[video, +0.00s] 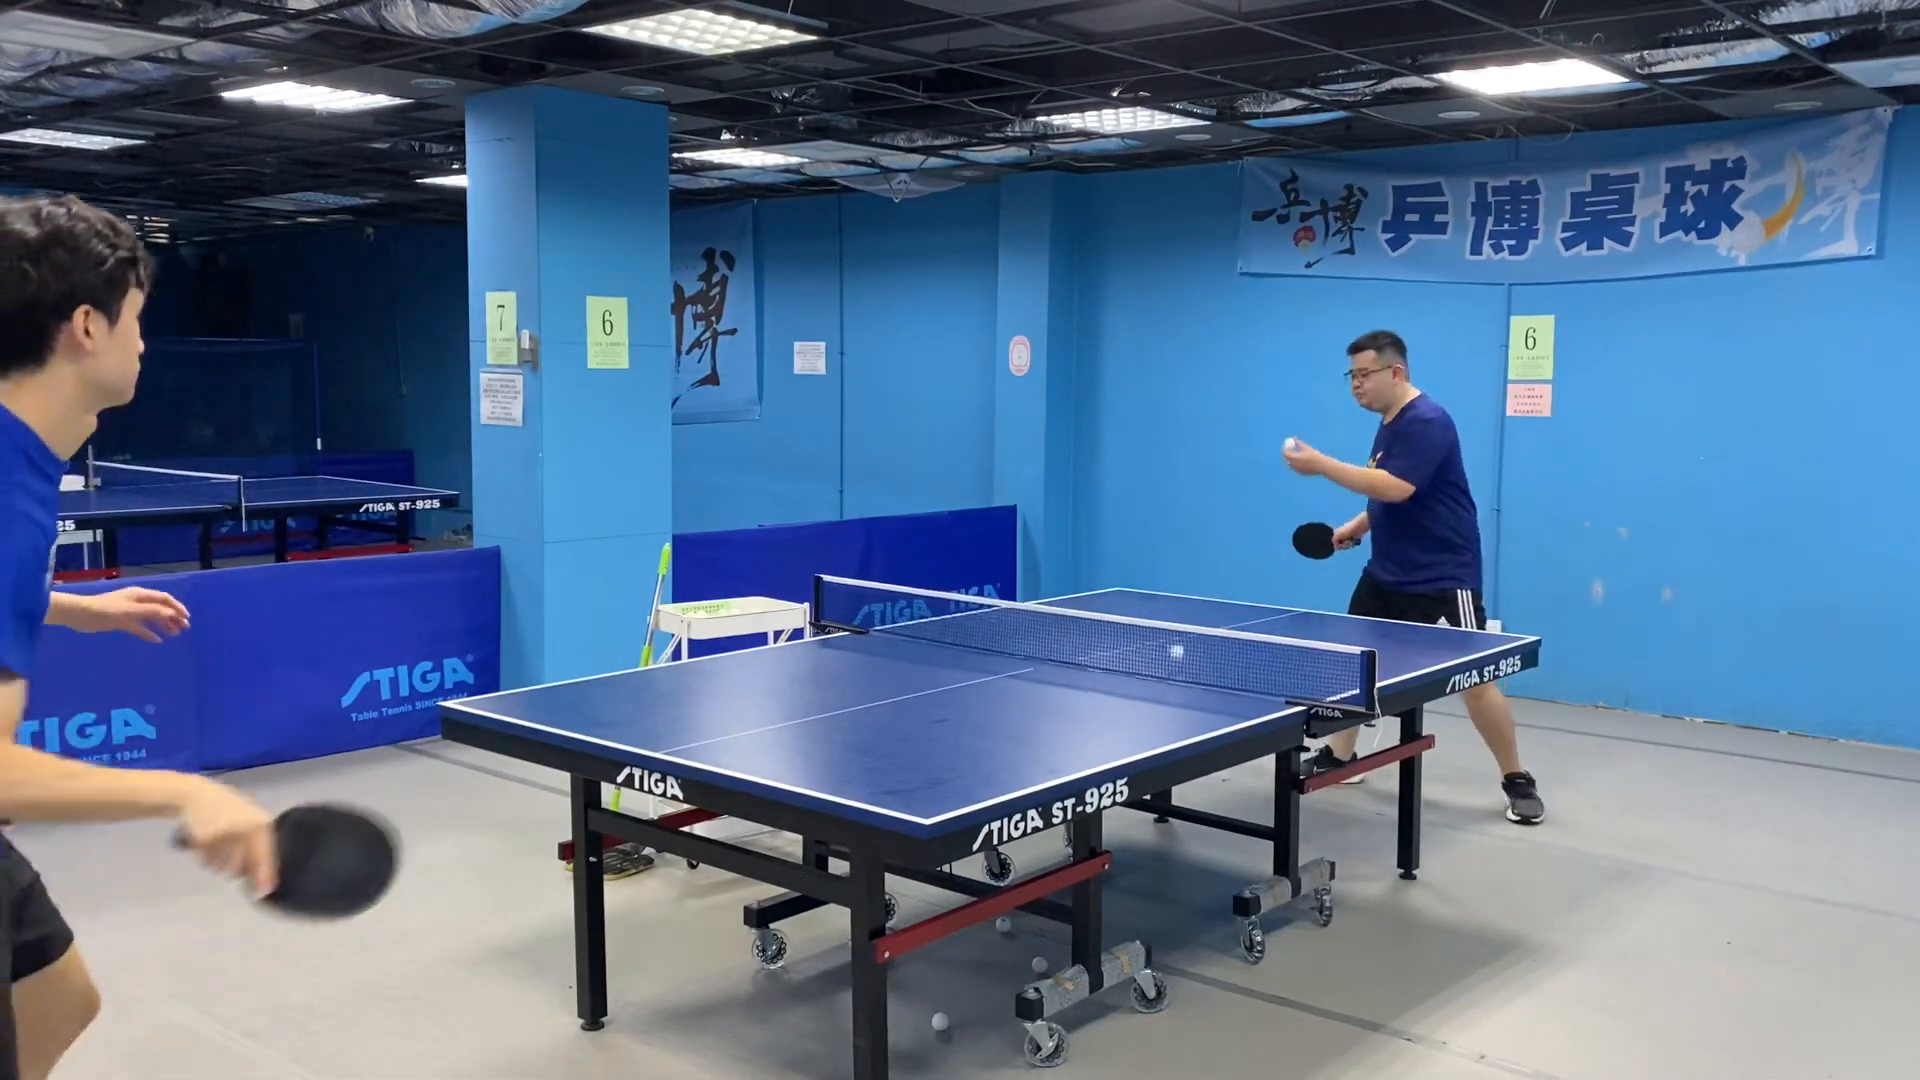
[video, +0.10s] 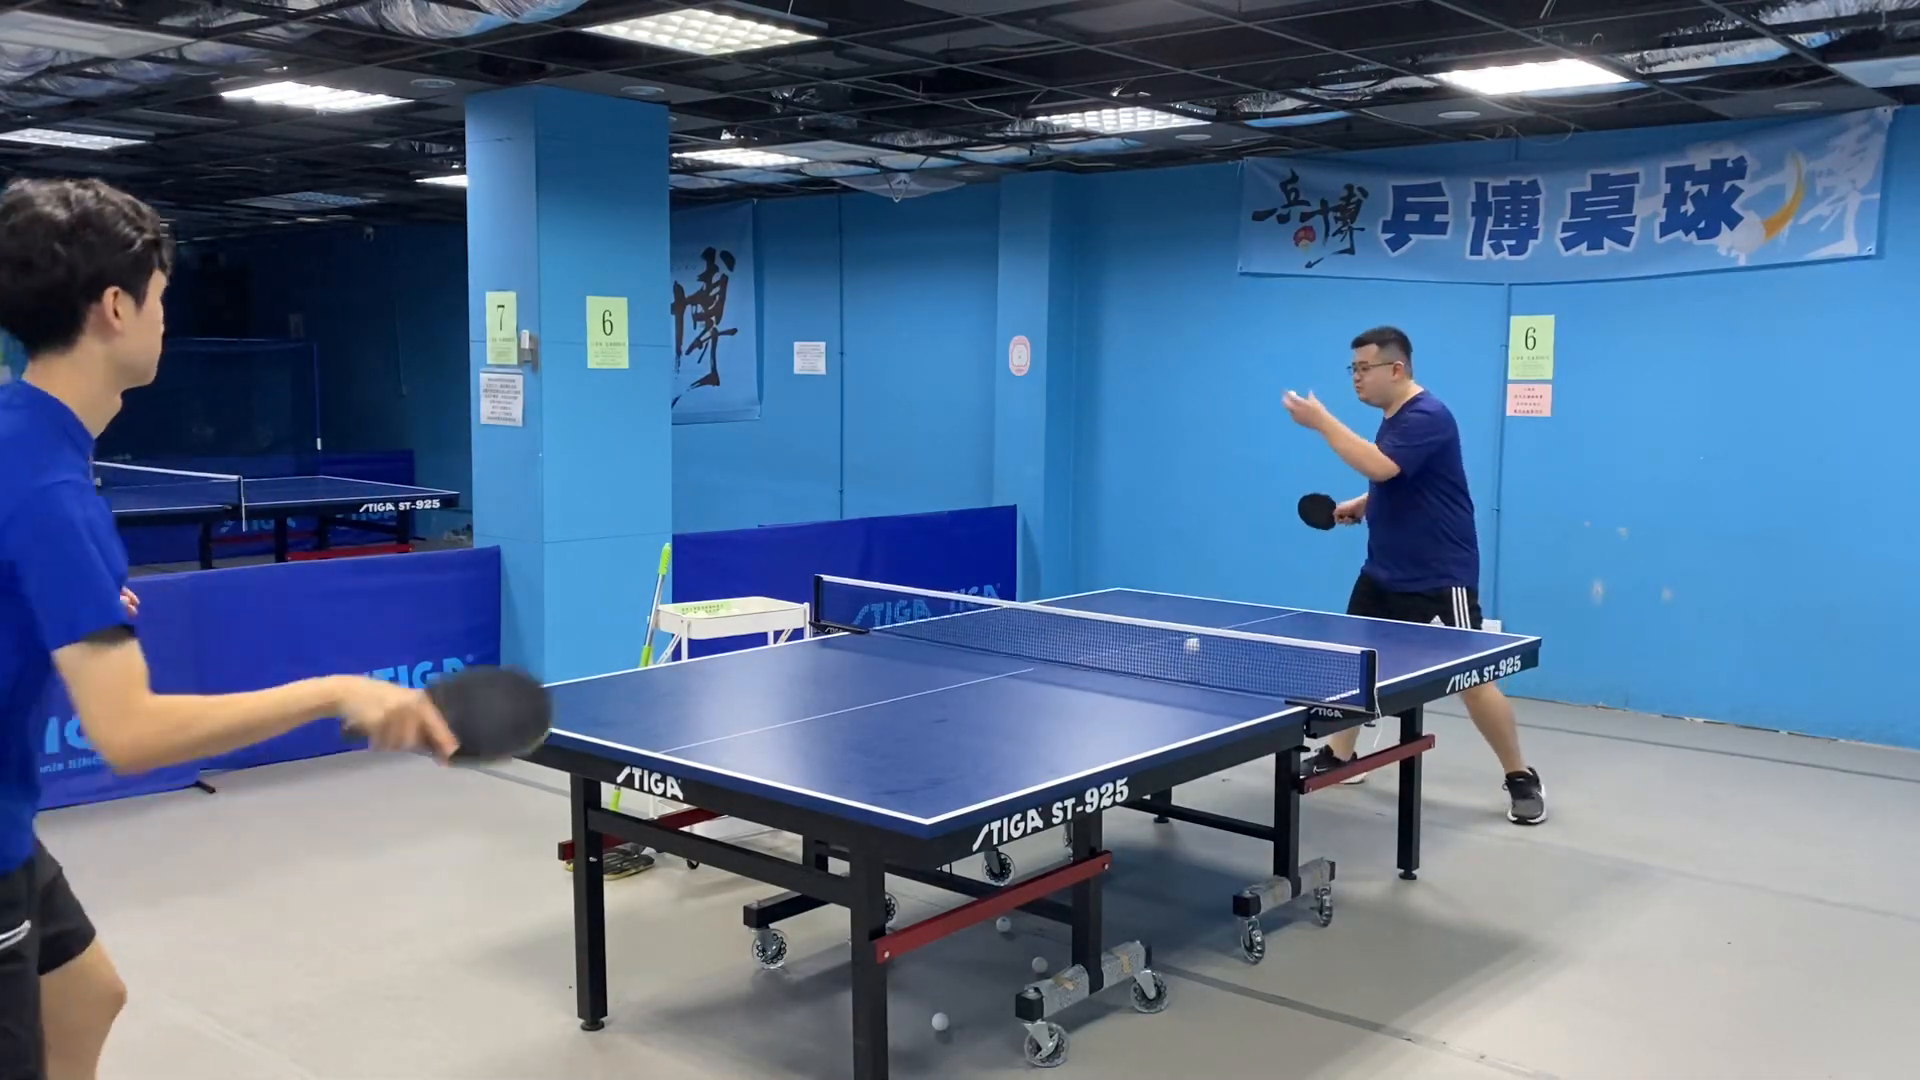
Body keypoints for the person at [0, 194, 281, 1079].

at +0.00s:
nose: (144, 345)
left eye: (144, 320)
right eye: (138, 320)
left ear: (75, 327)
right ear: (82, 329)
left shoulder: (27, 472)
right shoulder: (17, 500)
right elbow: (4, 770)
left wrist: (84, 610)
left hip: (4, 834)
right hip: (1, 839)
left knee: (58, 1005)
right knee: (57, 1008)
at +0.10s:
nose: (164, 324)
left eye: (163, 299)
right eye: (160, 299)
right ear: (111, 309)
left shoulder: (27, 440)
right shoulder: (43, 484)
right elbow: (129, 735)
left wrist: (86, 597)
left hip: (12, 838)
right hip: (2, 858)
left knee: (86, 1000)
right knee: (46, 1049)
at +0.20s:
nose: (187, 316)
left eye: (186, 291)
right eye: (183, 290)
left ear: (54, 306)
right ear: (139, 300)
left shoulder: (23, 429)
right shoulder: (94, 475)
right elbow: (225, 696)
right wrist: (403, 620)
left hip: (30, 840)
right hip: (24, 864)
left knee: (116, 1024)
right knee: (47, 1063)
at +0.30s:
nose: (211, 318)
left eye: (206, 294)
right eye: (205, 294)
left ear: (78, 314)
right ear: (167, 308)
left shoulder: (31, 440)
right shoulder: (135, 477)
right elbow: (276, 684)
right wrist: (425, 594)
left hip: (29, 844)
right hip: (67, 865)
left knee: (164, 1031)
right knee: (97, 1064)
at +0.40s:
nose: (237, 325)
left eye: (232, 302)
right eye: (230, 301)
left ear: (115, 327)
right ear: (196, 315)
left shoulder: (45, 460)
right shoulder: (182, 481)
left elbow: (10, 641)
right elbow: (298, 686)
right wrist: (417, 599)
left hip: (37, 842)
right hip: (127, 857)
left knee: (168, 1060)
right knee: (203, 1065)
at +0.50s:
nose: (274, 316)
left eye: (267, 294)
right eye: (266, 295)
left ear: (152, 319)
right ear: (233, 311)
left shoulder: (98, 445)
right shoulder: (219, 472)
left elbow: (18, 618)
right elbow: (323, 674)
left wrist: (141, 645)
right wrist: (419, 602)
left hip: (78, 811)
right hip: (169, 820)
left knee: (213, 1031)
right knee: (311, 1059)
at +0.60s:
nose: (316, 310)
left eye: (311, 288)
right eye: (310, 287)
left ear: (200, 308)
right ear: (278, 300)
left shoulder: (134, 434)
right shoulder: (259, 457)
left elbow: (51, 606)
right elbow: (362, 657)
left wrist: (217, 629)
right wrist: (452, 605)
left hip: (109, 801)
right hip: (208, 805)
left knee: (213, 1023)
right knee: (366, 1055)